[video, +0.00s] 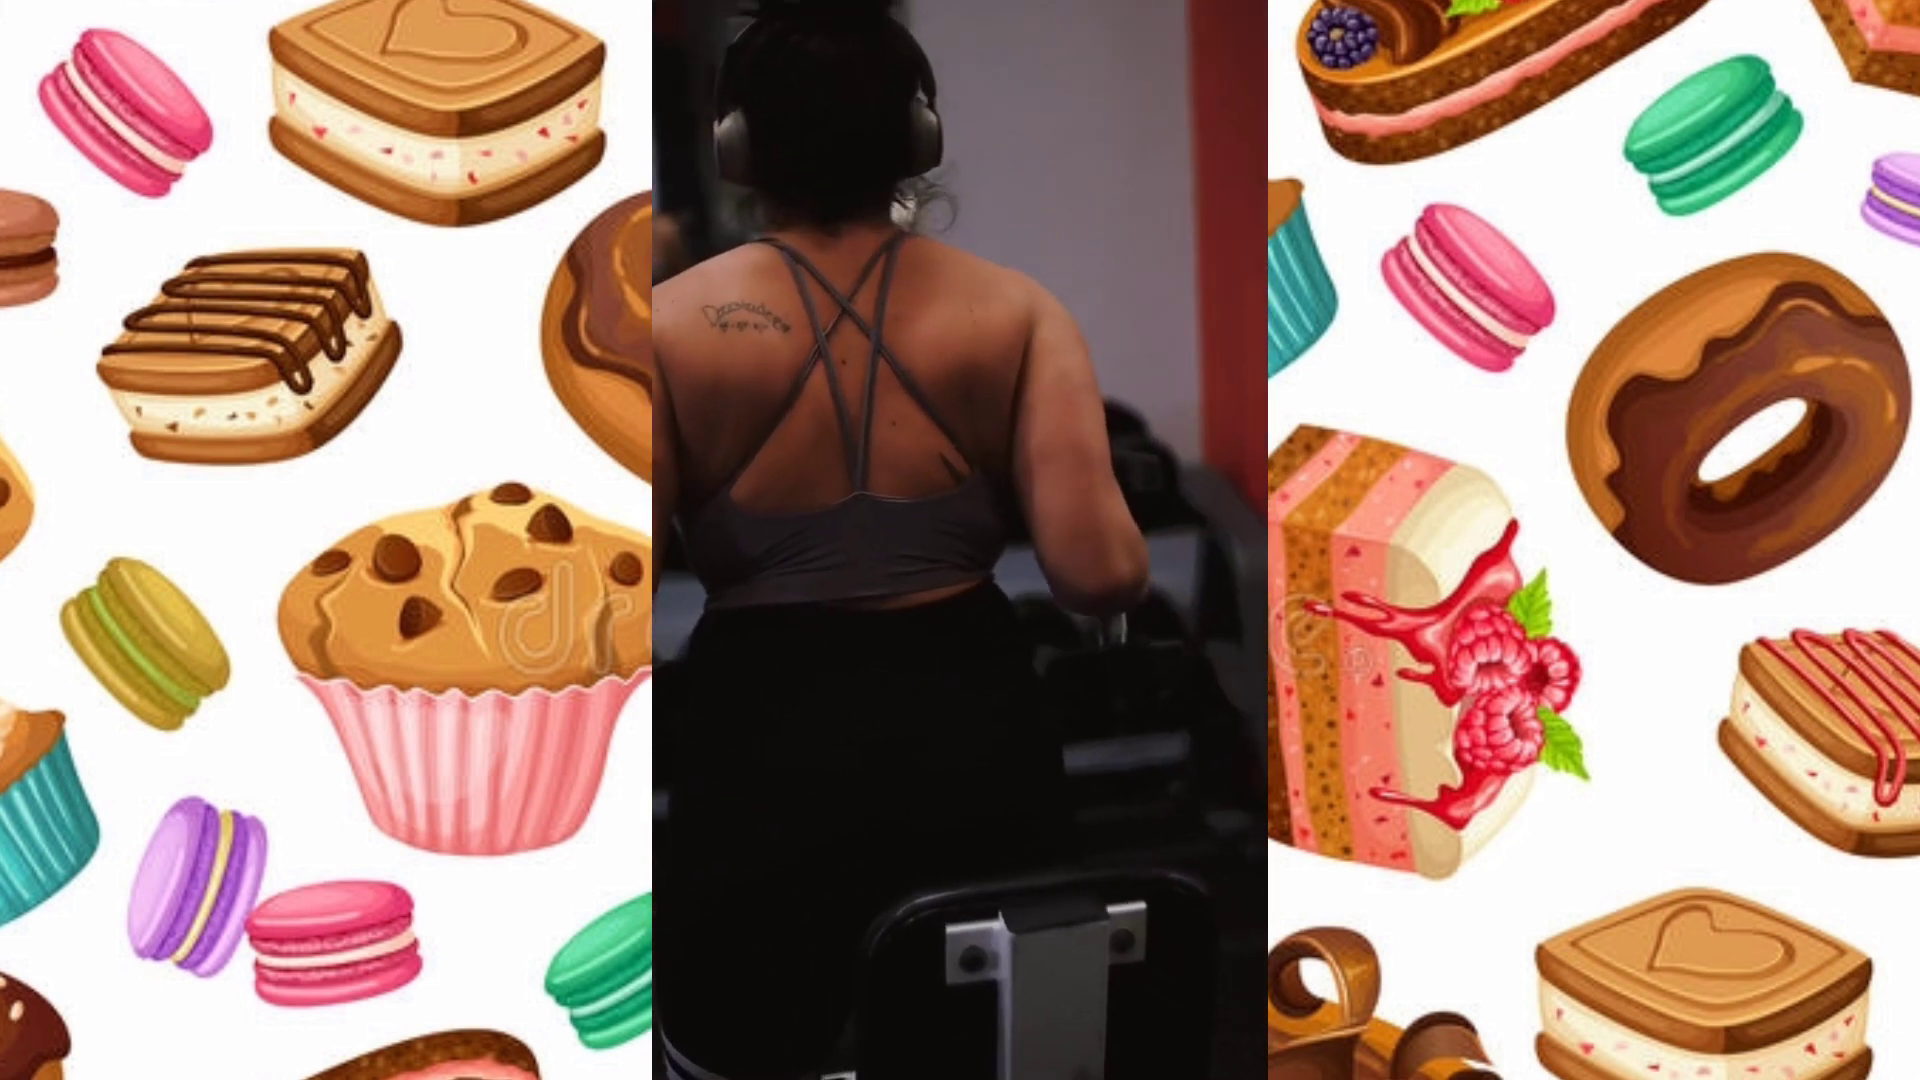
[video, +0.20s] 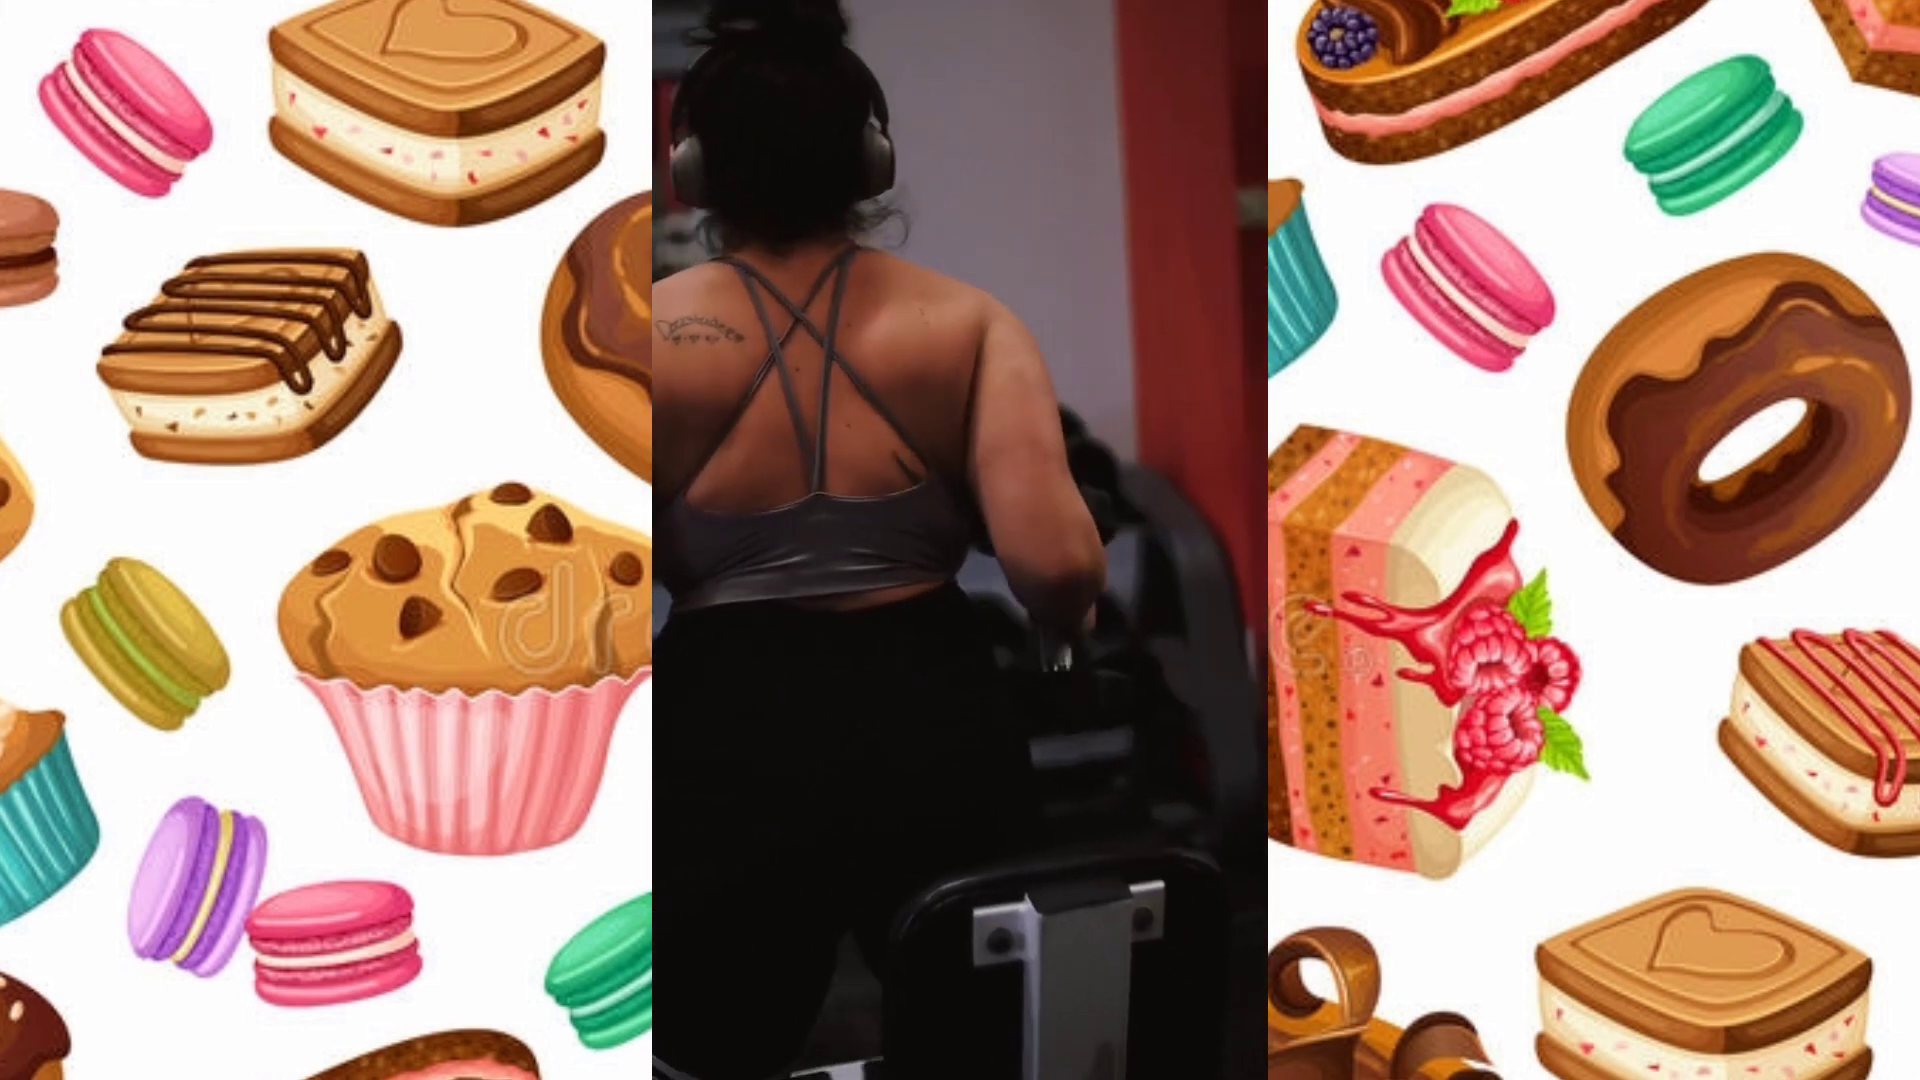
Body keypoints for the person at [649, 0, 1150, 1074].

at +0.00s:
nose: (719, 145)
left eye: (728, 124)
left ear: (740, 147)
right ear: (917, 139)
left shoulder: (672, 326)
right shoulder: (1016, 315)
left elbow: (620, 559)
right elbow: (1097, 568)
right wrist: (1122, 528)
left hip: (756, 741)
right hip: (966, 729)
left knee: (750, 1044)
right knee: (960, 1041)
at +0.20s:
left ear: (708, 175)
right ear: (867, 162)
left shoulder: (648, 337)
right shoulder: (969, 328)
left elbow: (584, 555)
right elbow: (1053, 559)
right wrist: (1074, 611)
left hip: (725, 734)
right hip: (930, 719)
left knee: (720, 1044)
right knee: (957, 1038)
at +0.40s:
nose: (765, 231)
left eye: (770, 215)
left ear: (780, 238)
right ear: (945, 228)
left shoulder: (711, 414)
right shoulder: (1047, 382)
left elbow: (687, 681)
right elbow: (1154, 608)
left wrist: (774, 618)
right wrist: (1077, 627)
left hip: (848, 806)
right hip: (1053, 780)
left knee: (761, 1051)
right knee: (1042, 1052)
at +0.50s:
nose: (821, 299)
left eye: (829, 282)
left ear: (841, 310)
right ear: (1003, 303)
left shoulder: (776, 492)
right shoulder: (1101, 457)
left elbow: (755, 752)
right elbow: (1211, 683)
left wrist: (696, 735)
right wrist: (1123, 681)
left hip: (908, 919)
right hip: (1113, 902)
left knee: (781, 1047)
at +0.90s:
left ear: (938, 467)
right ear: (1116, 456)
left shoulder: (877, 648)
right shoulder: (1207, 604)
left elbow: (857, 917)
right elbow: (1287, 819)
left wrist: (815, 862)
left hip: (984, 1036)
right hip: (1190, 1016)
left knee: (805, 989)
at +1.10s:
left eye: (941, 408)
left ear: (957, 433)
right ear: (1143, 420)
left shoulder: (881, 620)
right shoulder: (1232, 579)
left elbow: (841, 896)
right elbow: (1284, 816)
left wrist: (814, 811)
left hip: (965, 1014)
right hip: (1188, 992)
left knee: (800, 915)